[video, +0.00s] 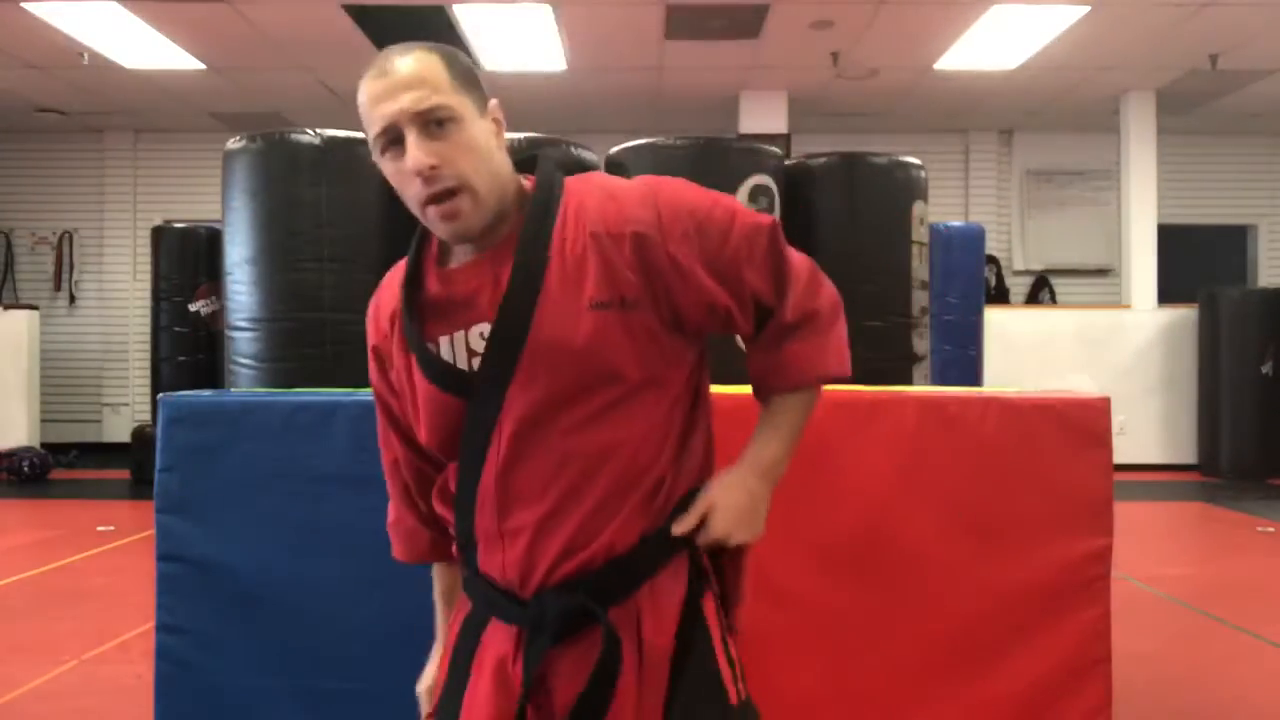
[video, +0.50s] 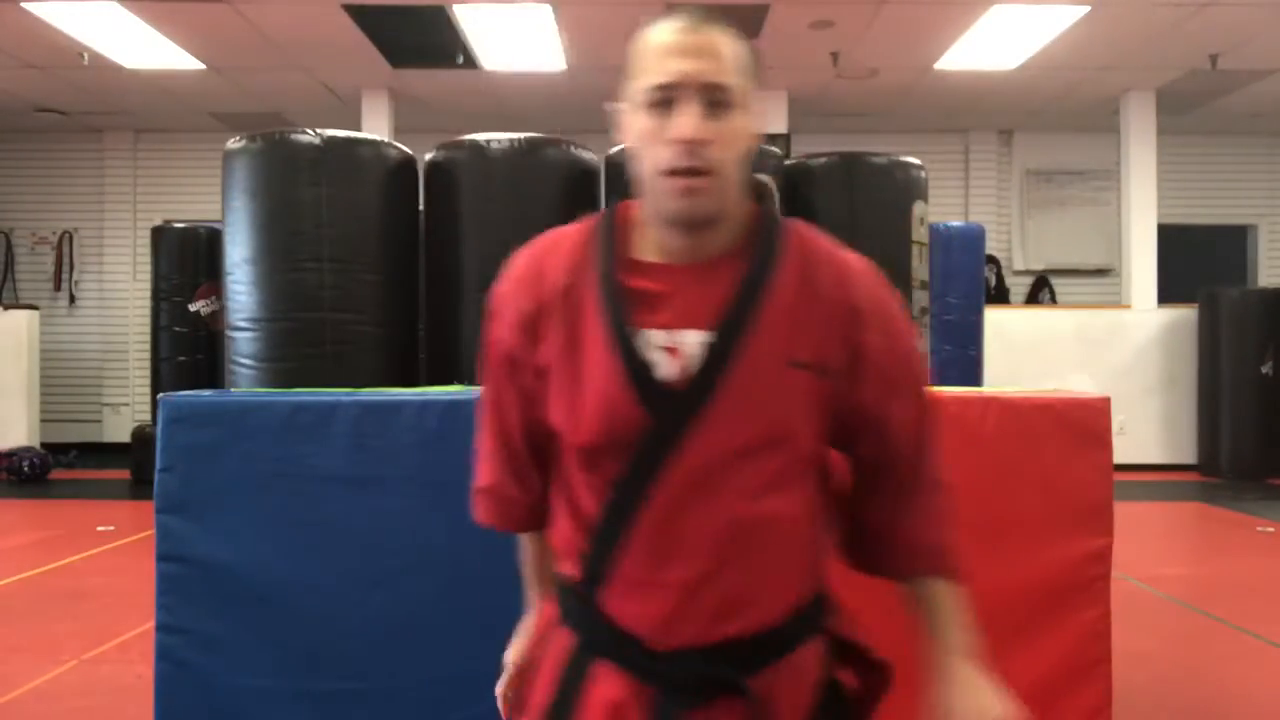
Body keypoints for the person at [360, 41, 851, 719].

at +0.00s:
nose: (418, 160)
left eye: (436, 124)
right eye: (391, 144)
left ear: (495, 119)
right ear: (381, 169)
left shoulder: (636, 223)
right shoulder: (395, 311)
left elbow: (803, 304)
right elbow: (424, 490)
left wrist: (756, 475)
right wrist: (447, 638)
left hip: (651, 629)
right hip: (498, 640)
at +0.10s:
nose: (444, 142)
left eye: (464, 108)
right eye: (416, 124)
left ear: (518, 114)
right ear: (403, 156)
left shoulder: (648, 230)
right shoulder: (396, 301)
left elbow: (798, 333)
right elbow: (425, 490)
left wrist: (762, 507)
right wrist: (455, 646)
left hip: (652, 638)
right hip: (495, 646)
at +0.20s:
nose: (482, 131)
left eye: (506, 101)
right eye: (456, 109)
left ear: (558, 112)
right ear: (435, 137)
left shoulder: (673, 247)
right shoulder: (408, 291)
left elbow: (774, 379)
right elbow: (419, 478)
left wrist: (773, 562)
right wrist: (450, 636)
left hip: (669, 648)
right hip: (505, 652)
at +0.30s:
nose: (539, 130)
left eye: (565, 101)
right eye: (513, 106)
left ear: (612, 115)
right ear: (482, 128)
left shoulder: (719, 267)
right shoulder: (436, 282)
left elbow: (782, 430)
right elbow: (434, 472)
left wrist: (795, 581)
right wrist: (456, 631)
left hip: (683, 663)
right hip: (513, 660)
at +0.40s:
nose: (611, 133)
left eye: (636, 105)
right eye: (584, 107)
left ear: (680, 120)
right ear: (547, 125)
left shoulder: (772, 279)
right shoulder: (481, 280)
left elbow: (831, 447)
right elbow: (474, 472)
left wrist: (852, 605)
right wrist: (492, 628)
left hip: (720, 671)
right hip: (545, 668)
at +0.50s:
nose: (688, 130)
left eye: (716, 104)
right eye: (662, 104)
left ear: (755, 126)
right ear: (623, 126)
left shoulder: (841, 293)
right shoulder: (541, 283)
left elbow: (907, 490)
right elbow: (523, 466)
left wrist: (958, 662)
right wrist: (540, 608)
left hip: (773, 685)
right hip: (591, 679)